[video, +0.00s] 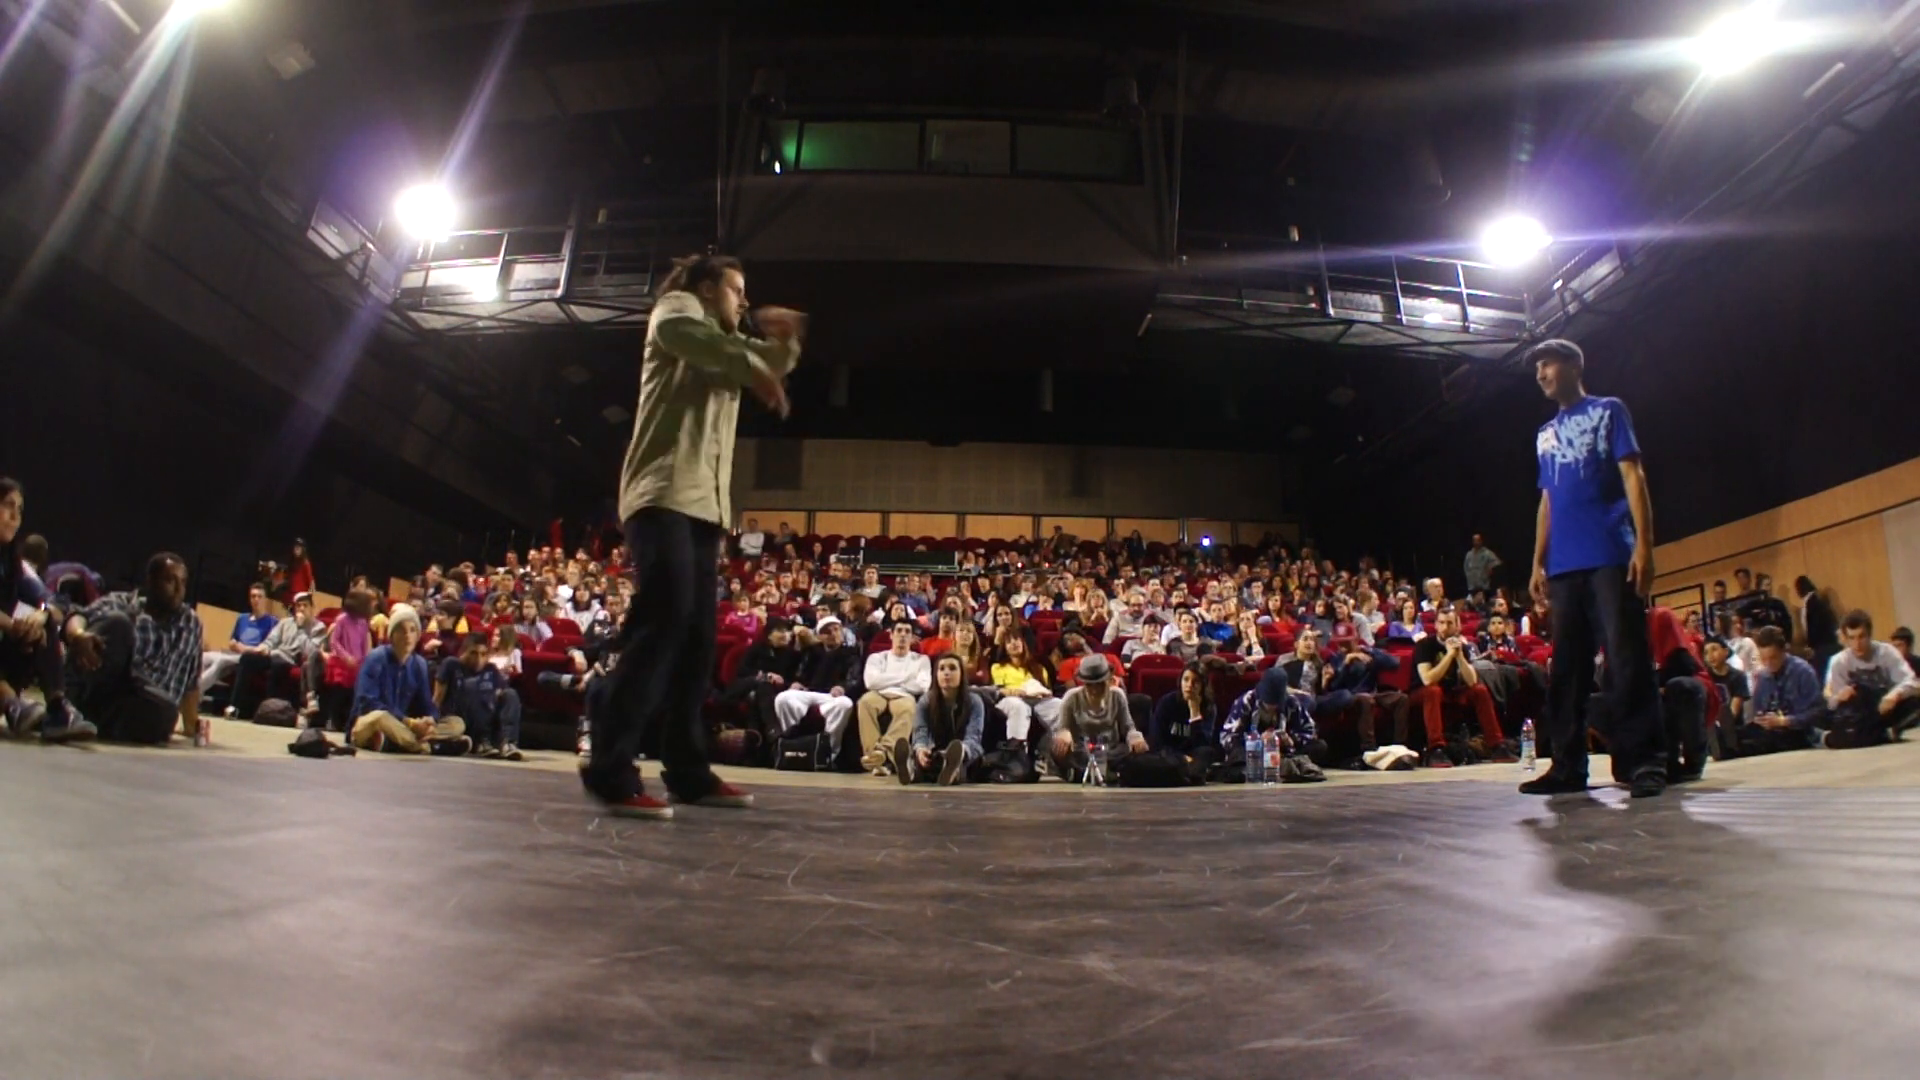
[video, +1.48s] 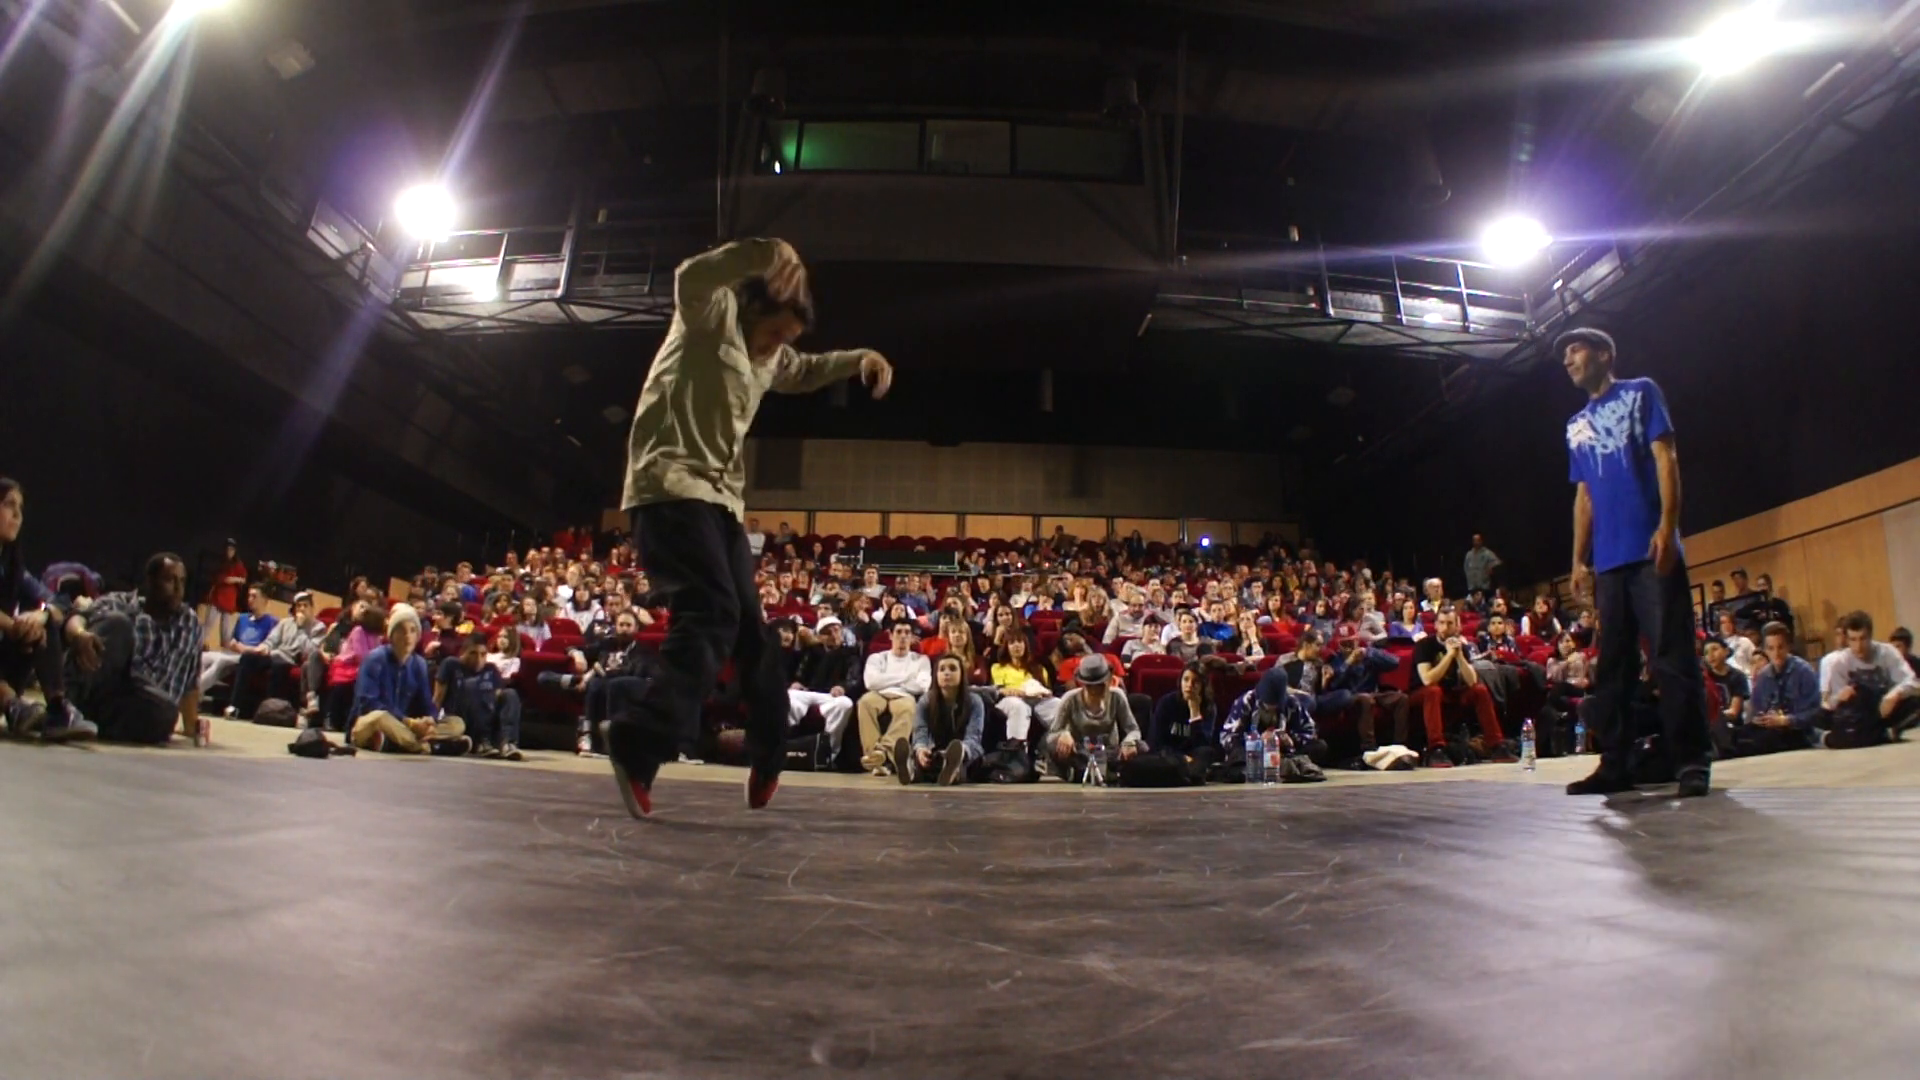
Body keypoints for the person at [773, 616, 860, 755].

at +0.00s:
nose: (833, 635)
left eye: (836, 630)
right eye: (827, 632)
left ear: (841, 632)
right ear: (820, 636)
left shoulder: (850, 652)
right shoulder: (812, 651)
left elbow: (854, 679)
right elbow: (801, 674)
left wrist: (842, 688)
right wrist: (798, 683)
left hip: (832, 694)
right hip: (808, 691)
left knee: (844, 704)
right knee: (783, 700)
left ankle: (829, 754)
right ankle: (794, 749)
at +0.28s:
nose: (833, 635)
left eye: (836, 630)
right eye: (827, 632)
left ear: (841, 632)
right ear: (820, 636)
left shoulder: (850, 652)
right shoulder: (812, 651)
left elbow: (854, 679)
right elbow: (802, 675)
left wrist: (842, 688)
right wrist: (798, 683)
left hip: (832, 694)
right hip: (809, 692)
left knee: (844, 704)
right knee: (783, 700)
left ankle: (829, 754)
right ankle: (793, 749)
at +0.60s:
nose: (833, 635)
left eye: (836, 630)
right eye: (827, 632)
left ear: (841, 632)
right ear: (820, 636)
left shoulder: (850, 653)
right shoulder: (812, 651)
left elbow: (854, 679)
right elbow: (800, 673)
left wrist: (842, 688)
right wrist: (797, 683)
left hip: (832, 694)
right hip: (808, 691)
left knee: (844, 704)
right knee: (784, 699)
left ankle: (830, 753)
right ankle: (792, 748)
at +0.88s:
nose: (833, 635)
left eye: (836, 630)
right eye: (827, 632)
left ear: (841, 632)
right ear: (820, 636)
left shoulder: (850, 653)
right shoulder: (812, 651)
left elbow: (854, 679)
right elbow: (802, 675)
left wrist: (842, 688)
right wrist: (798, 683)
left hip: (832, 694)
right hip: (809, 691)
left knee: (844, 704)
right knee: (787, 699)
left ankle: (829, 753)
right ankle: (791, 748)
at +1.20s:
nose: (832, 635)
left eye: (836, 631)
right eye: (827, 632)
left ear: (840, 632)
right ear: (819, 636)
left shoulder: (849, 653)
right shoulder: (812, 651)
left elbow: (853, 678)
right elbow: (801, 675)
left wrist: (843, 687)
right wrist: (797, 683)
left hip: (832, 694)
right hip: (808, 691)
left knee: (845, 704)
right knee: (791, 698)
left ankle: (831, 752)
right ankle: (787, 745)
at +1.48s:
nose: (833, 635)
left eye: (836, 631)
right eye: (827, 632)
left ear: (841, 632)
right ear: (820, 636)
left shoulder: (849, 652)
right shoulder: (812, 652)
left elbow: (853, 678)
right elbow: (801, 675)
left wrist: (842, 687)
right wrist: (797, 683)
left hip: (832, 694)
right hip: (808, 691)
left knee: (845, 704)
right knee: (790, 697)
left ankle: (831, 752)